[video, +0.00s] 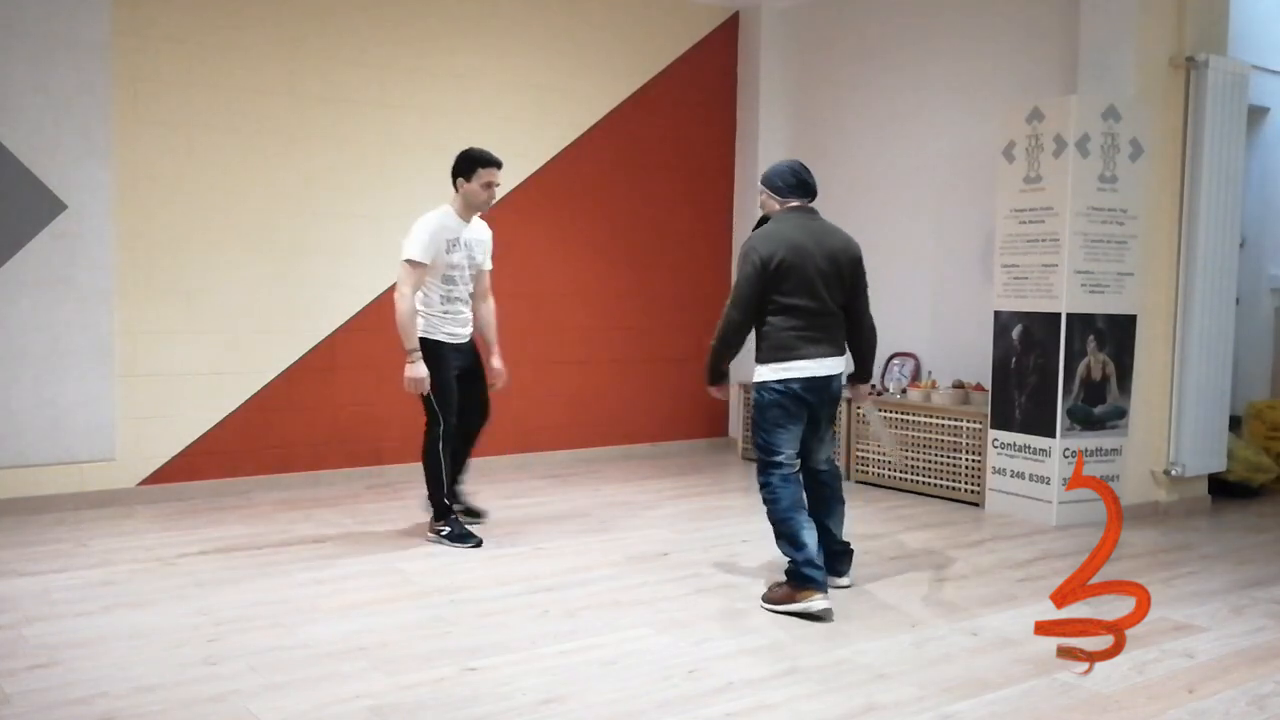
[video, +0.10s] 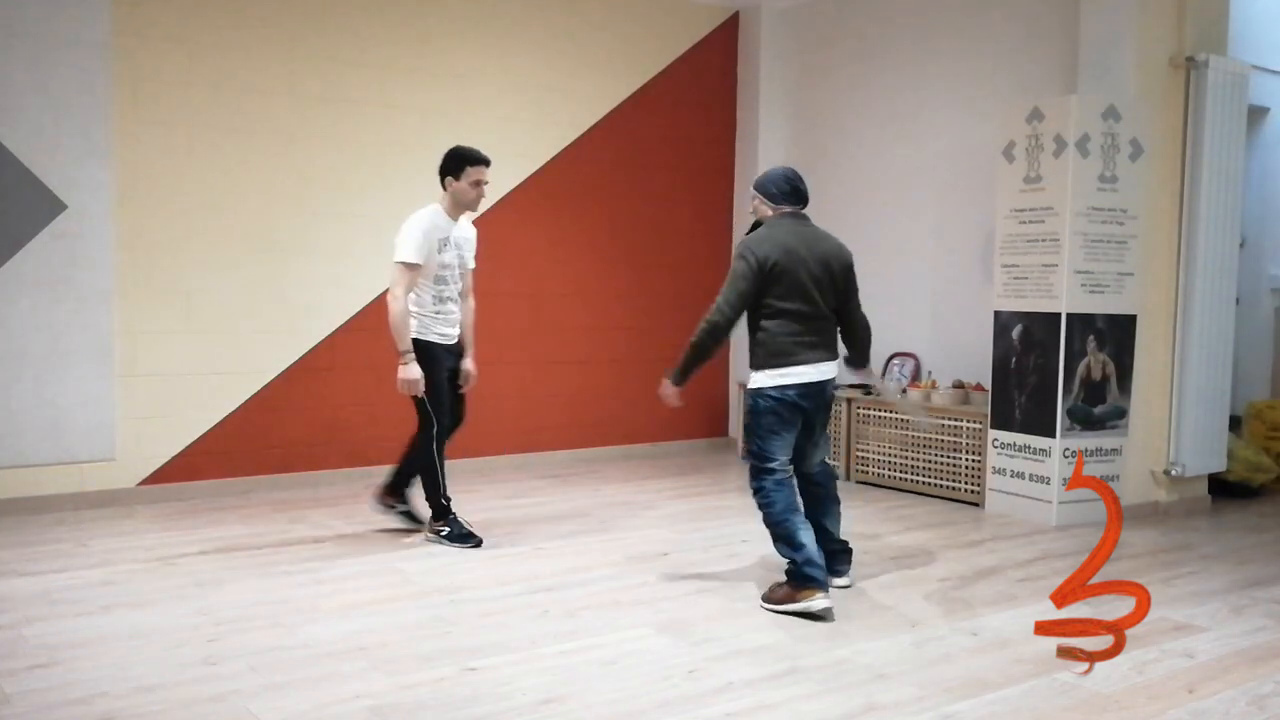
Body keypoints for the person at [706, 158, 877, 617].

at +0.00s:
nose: (760, 204)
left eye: (762, 197)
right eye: (761, 196)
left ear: (772, 199)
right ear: (808, 197)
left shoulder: (763, 243)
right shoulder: (842, 242)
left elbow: (738, 316)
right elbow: (859, 318)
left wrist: (716, 369)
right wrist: (863, 372)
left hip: (781, 377)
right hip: (830, 374)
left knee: (779, 473)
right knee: (819, 462)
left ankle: (807, 580)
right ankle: (835, 558)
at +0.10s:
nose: (752, 207)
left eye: (755, 200)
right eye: (753, 200)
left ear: (768, 204)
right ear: (798, 204)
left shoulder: (758, 246)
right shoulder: (833, 248)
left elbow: (722, 317)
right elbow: (853, 317)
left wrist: (678, 375)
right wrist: (859, 359)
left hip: (775, 383)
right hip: (821, 381)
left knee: (771, 476)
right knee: (814, 467)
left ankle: (807, 580)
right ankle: (834, 559)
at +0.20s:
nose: (733, 211)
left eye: (737, 204)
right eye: (735, 203)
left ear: (753, 208)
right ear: (781, 207)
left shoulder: (747, 243)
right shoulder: (815, 248)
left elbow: (718, 301)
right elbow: (840, 316)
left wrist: (671, 353)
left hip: (764, 384)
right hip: (810, 380)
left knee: (740, 476)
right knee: (804, 465)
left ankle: (791, 560)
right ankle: (834, 561)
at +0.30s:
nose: (705, 208)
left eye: (710, 201)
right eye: (707, 200)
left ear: (729, 204)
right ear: (750, 203)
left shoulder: (734, 231)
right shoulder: (782, 238)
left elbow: (731, 267)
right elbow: (802, 287)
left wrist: (707, 303)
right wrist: (800, 254)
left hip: (750, 377)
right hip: (791, 374)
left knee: (699, 462)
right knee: (790, 461)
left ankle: (735, 563)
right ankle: (831, 556)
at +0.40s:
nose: (677, 206)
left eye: (682, 198)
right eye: (678, 198)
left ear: (702, 201)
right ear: (718, 199)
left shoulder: (716, 225)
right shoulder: (737, 228)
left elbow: (732, 254)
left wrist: (708, 276)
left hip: (731, 377)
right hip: (763, 375)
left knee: (665, 450)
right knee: (783, 466)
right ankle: (829, 559)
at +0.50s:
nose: (652, 210)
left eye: (657, 202)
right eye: (653, 201)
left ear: (677, 206)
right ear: (685, 205)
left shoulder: (704, 235)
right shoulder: (687, 242)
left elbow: (719, 268)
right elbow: (643, 258)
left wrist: (670, 277)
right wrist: (600, 231)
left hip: (697, 382)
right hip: (724, 379)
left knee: (635, 455)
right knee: (746, 463)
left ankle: (641, 557)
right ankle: (810, 543)